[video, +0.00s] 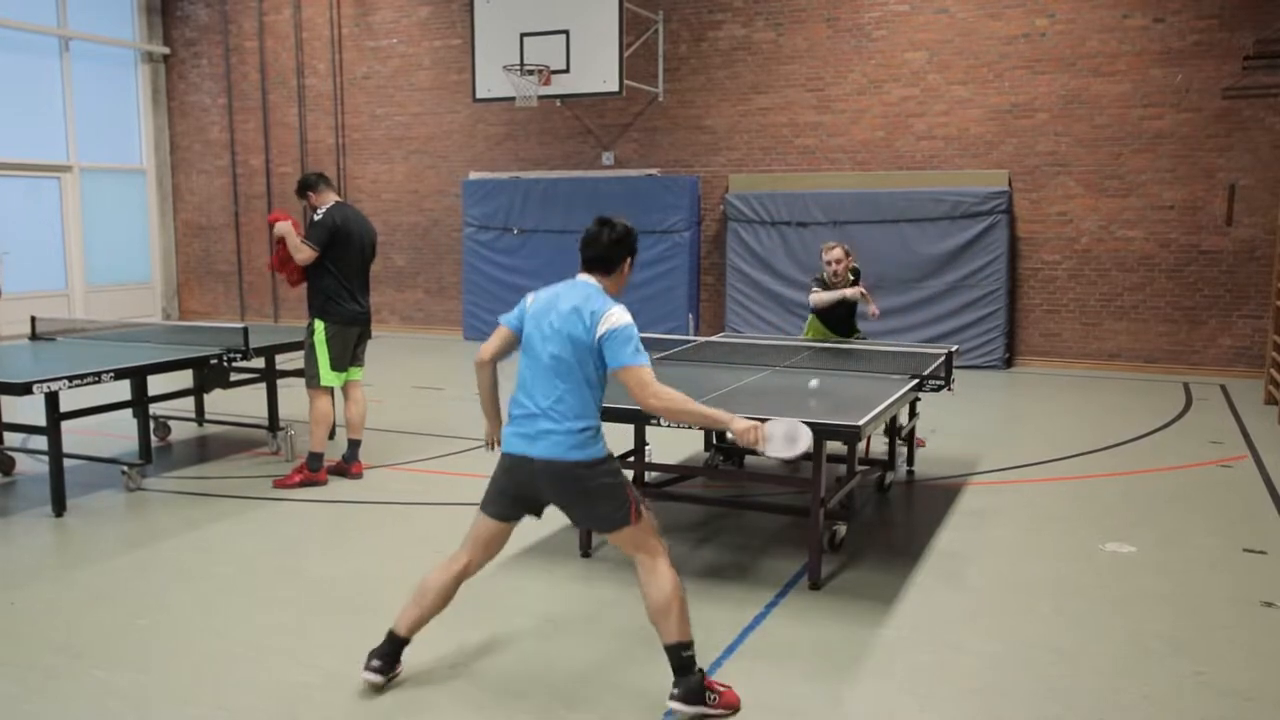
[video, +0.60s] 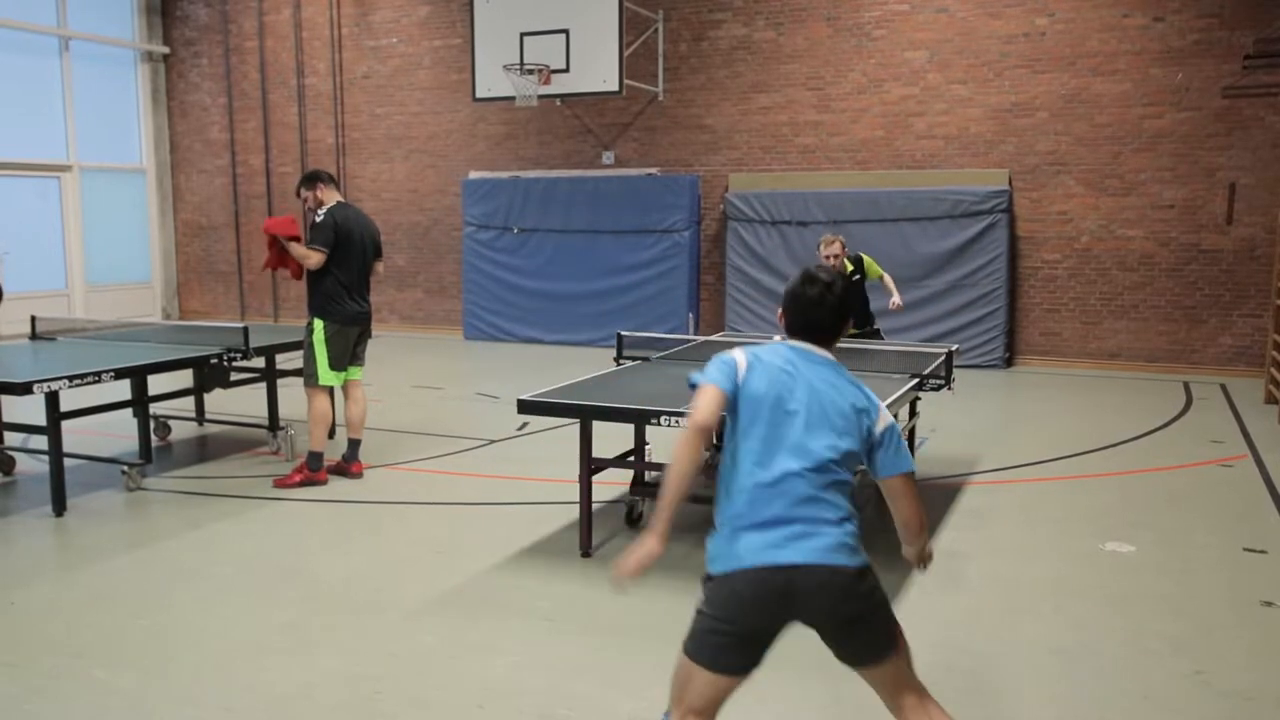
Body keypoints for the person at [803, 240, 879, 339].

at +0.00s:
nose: (834, 269)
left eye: (838, 262)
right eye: (828, 264)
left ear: (849, 261)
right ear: (823, 266)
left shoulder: (854, 273)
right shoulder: (819, 281)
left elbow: (857, 288)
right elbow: (814, 302)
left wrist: (870, 304)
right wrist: (844, 293)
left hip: (849, 339)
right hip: (817, 339)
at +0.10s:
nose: (838, 259)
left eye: (842, 253)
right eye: (832, 254)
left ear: (851, 253)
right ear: (824, 256)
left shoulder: (855, 270)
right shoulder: (816, 278)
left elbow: (858, 283)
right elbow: (810, 319)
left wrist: (874, 312)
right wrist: (843, 315)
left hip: (846, 336)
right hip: (817, 338)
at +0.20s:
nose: (841, 244)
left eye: (846, 238)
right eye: (836, 239)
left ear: (854, 238)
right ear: (827, 241)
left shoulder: (864, 259)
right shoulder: (814, 270)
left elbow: (874, 282)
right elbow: (803, 306)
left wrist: (876, 307)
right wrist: (825, 318)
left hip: (856, 330)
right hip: (822, 333)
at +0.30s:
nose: (842, 235)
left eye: (846, 229)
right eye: (836, 230)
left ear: (853, 230)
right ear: (827, 233)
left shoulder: (867, 249)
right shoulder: (814, 262)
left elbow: (885, 274)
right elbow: (803, 297)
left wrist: (876, 303)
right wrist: (816, 314)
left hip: (858, 325)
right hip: (826, 326)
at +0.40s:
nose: (842, 241)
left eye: (846, 235)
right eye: (836, 236)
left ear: (853, 235)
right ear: (828, 238)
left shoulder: (869, 252)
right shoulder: (818, 265)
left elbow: (891, 276)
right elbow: (798, 299)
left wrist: (883, 299)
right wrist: (815, 317)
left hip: (864, 324)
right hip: (829, 327)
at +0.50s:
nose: (839, 255)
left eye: (844, 249)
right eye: (834, 251)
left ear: (851, 247)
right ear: (826, 251)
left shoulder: (866, 260)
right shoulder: (821, 269)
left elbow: (892, 280)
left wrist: (893, 301)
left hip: (864, 334)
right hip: (832, 335)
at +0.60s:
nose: (832, 263)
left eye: (836, 257)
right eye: (826, 258)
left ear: (845, 253)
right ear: (819, 257)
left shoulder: (859, 261)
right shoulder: (819, 278)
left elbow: (882, 276)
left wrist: (895, 295)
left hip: (867, 331)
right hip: (838, 336)